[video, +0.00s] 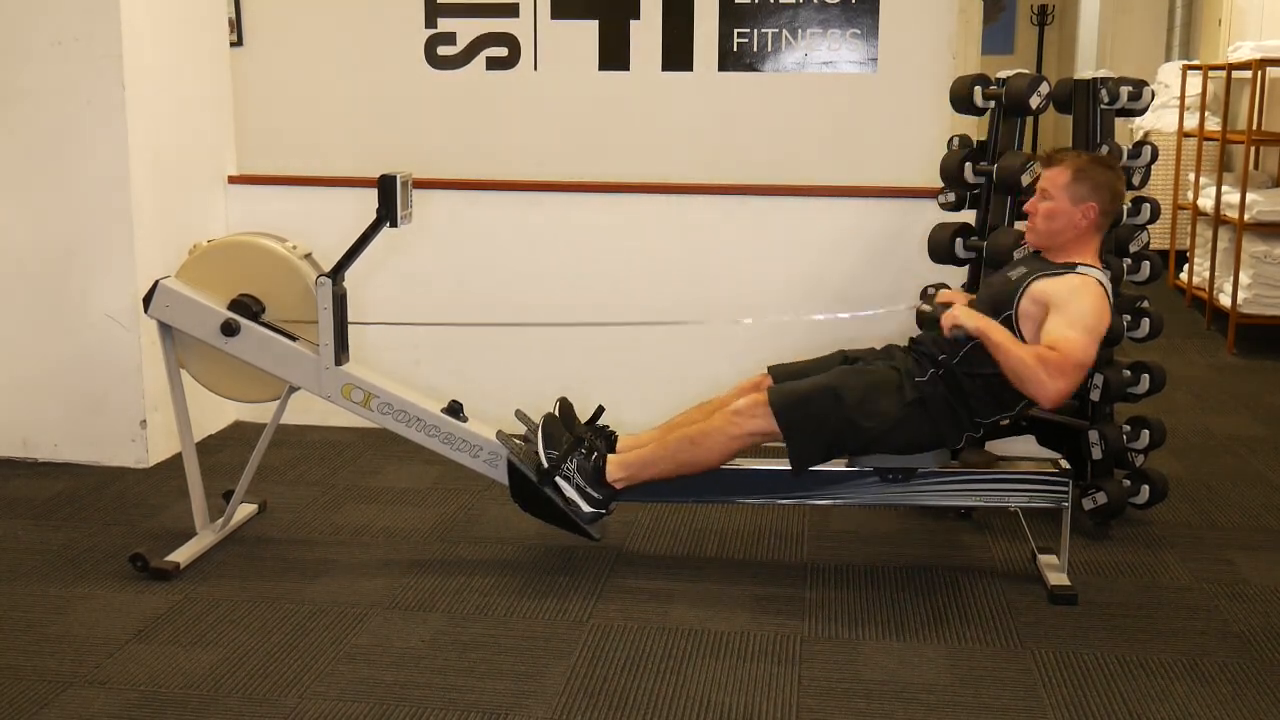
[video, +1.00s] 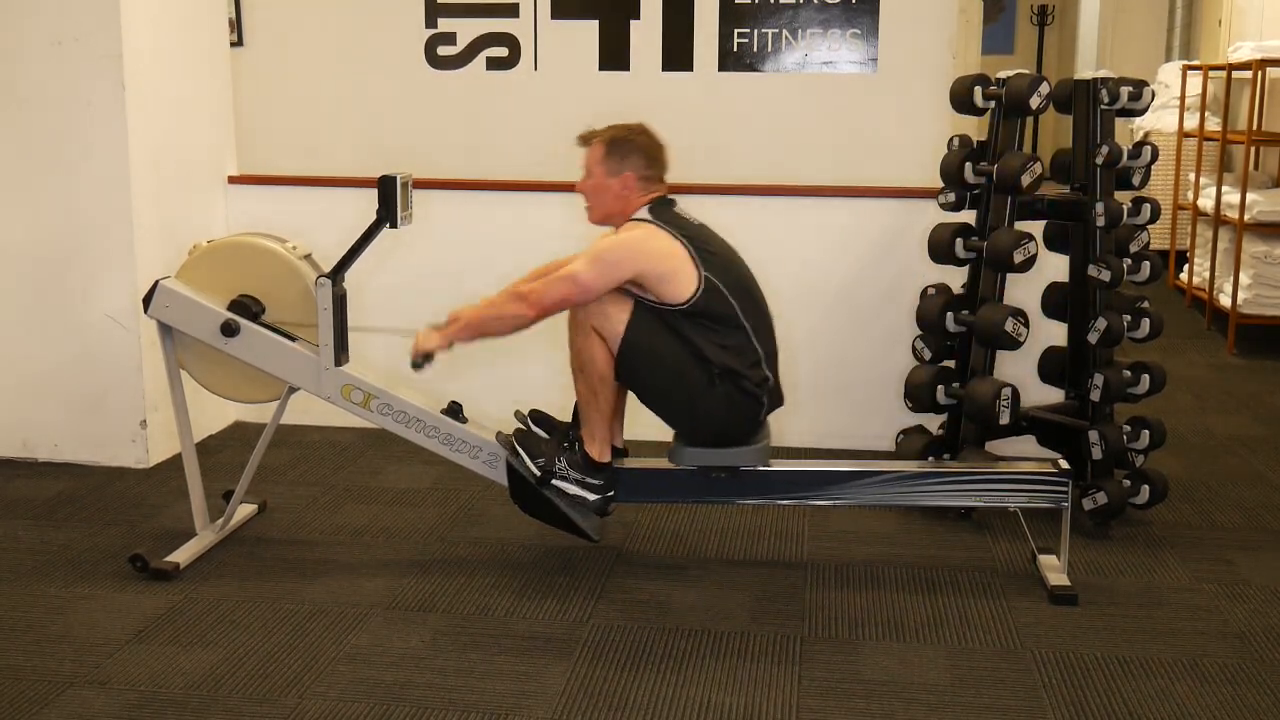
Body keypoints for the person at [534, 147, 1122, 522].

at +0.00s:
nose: (1030, 206)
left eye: (1043, 198)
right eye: (1034, 194)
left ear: (1085, 216)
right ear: (1072, 213)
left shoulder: (1082, 291)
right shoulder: (1045, 270)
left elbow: (1053, 385)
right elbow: (1016, 344)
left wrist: (977, 322)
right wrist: (964, 306)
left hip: (932, 398)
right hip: (911, 370)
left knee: (758, 413)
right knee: (755, 391)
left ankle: (599, 482)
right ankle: (605, 457)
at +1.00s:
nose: (579, 186)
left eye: (589, 174)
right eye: (583, 174)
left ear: (627, 183)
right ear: (628, 184)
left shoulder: (637, 240)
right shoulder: (658, 225)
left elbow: (533, 302)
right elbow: (555, 279)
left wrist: (448, 334)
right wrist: (468, 319)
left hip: (726, 411)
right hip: (736, 401)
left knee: (591, 308)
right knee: (598, 296)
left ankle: (593, 465)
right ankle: (605, 441)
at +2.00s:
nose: (940, 177)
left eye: (951, 166)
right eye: (944, 165)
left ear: (998, 173)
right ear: (981, 171)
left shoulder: (1001, 249)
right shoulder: (970, 233)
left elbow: (933, 332)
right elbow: (918, 285)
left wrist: (848, 306)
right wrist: (851, 286)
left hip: (917, 400)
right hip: (899, 378)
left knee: (733, 376)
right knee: (732, 364)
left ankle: (598, 486)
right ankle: (609, 468)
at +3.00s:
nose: (757, 144)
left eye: (771, 136)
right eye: (765, 133)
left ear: (808, 150)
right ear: (804, 151)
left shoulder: (804, 224)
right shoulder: (791, 213)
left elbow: (695, 280)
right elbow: (694, 252)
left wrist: (604, 303)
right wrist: (613, 278)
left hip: (826, 400)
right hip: (810, 371)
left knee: (669, 333)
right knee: (671, 316)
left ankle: (594, 471)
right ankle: (599, 448)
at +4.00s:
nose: (767, 159)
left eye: (778, 147)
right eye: (771, 146)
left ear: (818, 152)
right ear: (813, 155)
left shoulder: (836, 230)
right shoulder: (827, 221)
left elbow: (759, 322)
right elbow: (757, 275)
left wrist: (674, 317)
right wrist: (681, 294)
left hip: (847, 407)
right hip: (837, 391)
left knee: (681, 340)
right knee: (682, 330)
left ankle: (601, 476)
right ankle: (609, 457)